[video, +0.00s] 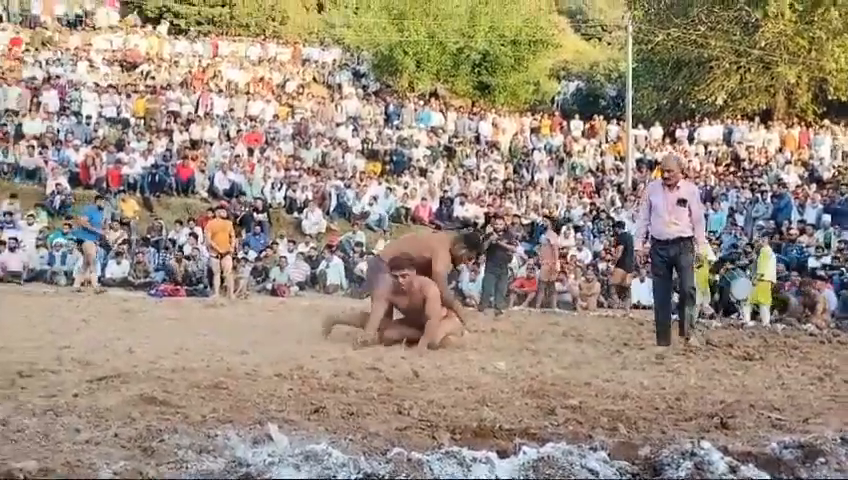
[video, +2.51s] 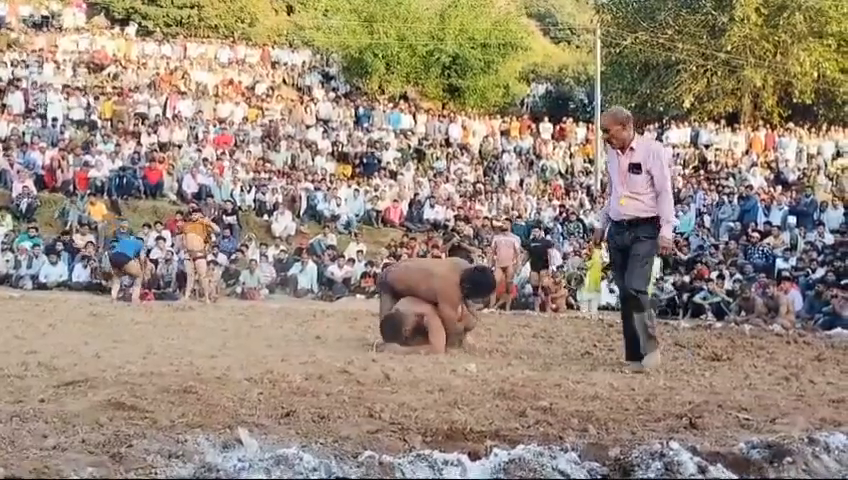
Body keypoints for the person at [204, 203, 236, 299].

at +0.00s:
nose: (223, 212)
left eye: (224, 210)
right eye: (221, 210)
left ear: (226, 212)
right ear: (216, 212)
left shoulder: (229, 223)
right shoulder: (210, 224)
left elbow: (232, 236)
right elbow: (208, 239)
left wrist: (232, 247)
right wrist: (217, 249)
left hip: (227, 252)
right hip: (214, 252)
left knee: (228, 273)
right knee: (216, 274)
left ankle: (230, 294)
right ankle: (216, 293)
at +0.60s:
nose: (217, 222)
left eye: (217, 220)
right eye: (214, 220)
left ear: (218, 221)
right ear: (209, 221)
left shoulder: (220, 233)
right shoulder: (201, 233)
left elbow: (223, 246)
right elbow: (199, 249)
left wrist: (222, 257)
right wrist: (210, 259)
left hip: (218, 261)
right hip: (205, 261)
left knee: (219, 282)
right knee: (207, 283)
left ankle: (224, 302)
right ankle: (205, 303)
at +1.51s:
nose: (210, 221)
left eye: (211, 219)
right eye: (207, 219)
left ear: (213, 220)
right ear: (203, 220)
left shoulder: (217, 232)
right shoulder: (195, 233)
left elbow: (221, 244)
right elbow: (191, 246)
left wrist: (218, 252)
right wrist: (197, 255)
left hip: (212, 259)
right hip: (199, 259)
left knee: (219, 276)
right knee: (193, 277)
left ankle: (219, 299)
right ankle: (196, 299)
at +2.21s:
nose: (202, 217)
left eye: (204, 215)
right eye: (200, 215)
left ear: (207, 217)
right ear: (197, 217)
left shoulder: (212, 227)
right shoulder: (192, 227)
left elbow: (220, 237)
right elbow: (185, 238)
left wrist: (213, 241)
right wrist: (189, 246)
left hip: (208, 254)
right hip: (195, 254)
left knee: (209, 276)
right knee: (191, 275)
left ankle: (211, 298)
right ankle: (190, 296)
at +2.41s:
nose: (196, 216)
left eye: (198, 214)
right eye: (194, 214)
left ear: (201, 215)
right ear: (191, 215)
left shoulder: (205, 226)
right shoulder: (187, 227)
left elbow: (219, 232)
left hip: (202, 253)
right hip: (190, 253)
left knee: (204, 276)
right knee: (191, 275)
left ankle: (207, 297)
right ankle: (188, 296)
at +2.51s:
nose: (194, 216)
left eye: (196, 213)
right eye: (192, 214)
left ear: (200, 214)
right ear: (189, 215)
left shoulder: (203, 223)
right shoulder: (186, 225)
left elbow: (217, 230)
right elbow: (180, 235)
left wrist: (208, 222)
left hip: (200, 252)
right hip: (188, 252)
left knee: (203, 276)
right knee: (189, 275)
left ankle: (206, 297)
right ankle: (187, 296)